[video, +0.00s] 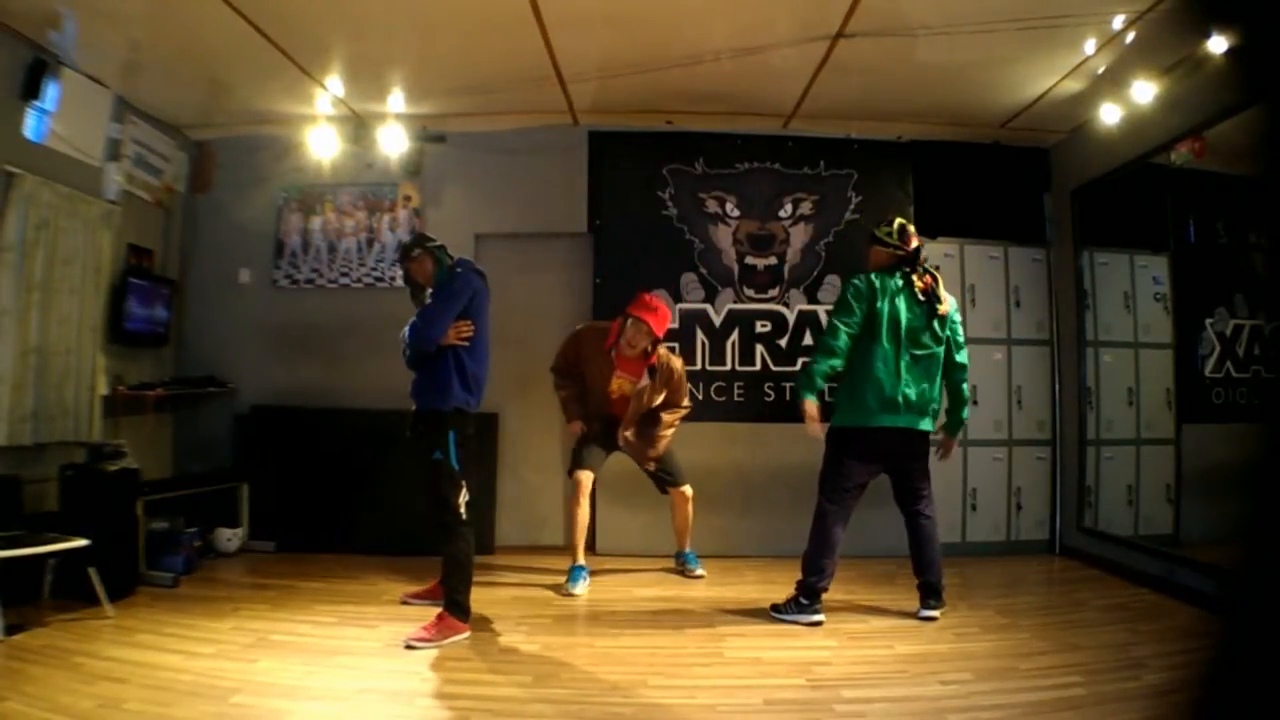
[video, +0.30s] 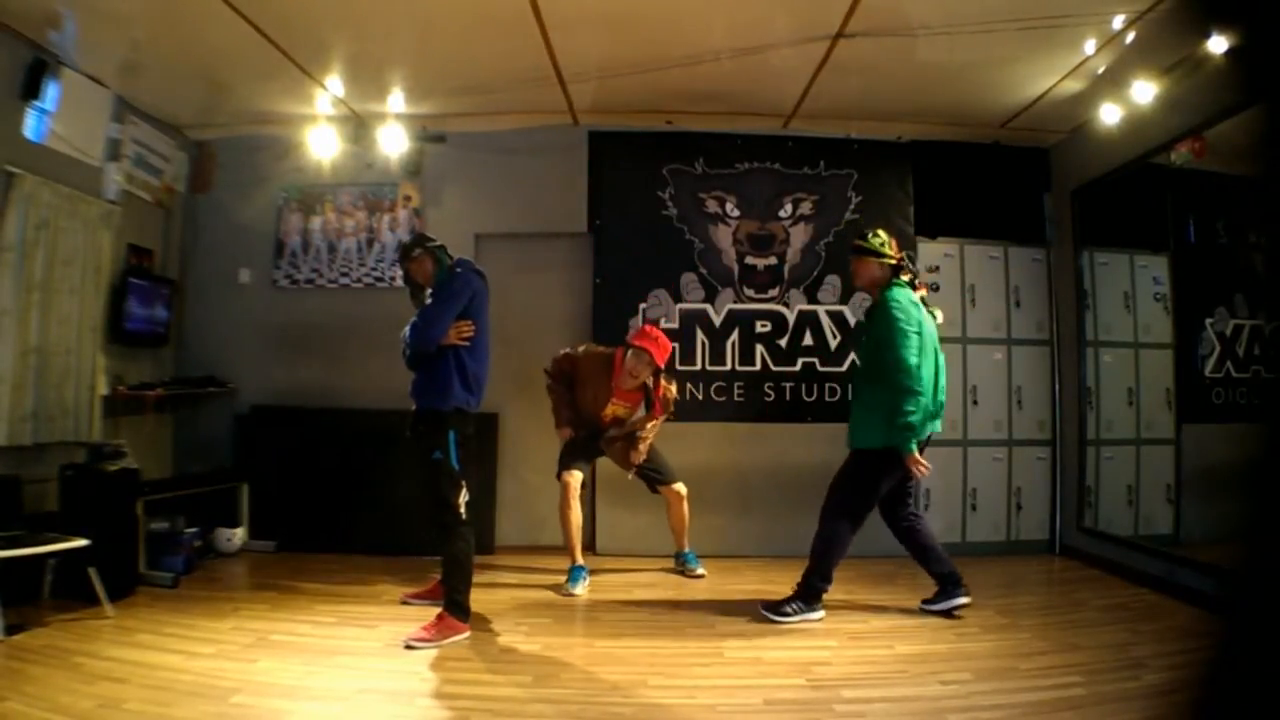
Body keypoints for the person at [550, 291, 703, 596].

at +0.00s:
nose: (635, 335)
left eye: (645, 333)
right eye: (634, 325)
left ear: (655, 338)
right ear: (625, 320)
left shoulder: (668, 366)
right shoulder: (590, 338)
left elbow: (677, 407)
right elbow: (562, 372)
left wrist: (651, 446)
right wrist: (573, 415)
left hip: (642, 429)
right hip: (598, 425)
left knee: (683, 492)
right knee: (581, 480)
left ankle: (684, 554)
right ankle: (578, 566)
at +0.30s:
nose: (638, 367)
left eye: (648, 363)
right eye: (636, 356)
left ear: (655, 369)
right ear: (626, 350)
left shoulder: (661, 389)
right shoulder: (592, 359)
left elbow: (655, 419)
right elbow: (556, 371)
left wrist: (636, 454)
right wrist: (562, 421)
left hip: (626, 435)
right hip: (585, 432)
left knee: (677, 491)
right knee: (569, 483)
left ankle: (683, 554)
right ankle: (577, 567)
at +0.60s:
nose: (646, 376)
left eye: (653, 370)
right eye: (640, 367)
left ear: (663, 374)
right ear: (628, 367)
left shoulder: (675, 390)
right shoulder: (602, 371)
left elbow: (667, 413)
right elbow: (565, 375)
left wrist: (650, 437)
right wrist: (571, 427)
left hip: (637, 439)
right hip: (595, 437)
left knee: (687, 489)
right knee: (574, 481)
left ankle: (684, 554)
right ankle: (577, 568)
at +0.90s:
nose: (669, 367)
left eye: (673, 359)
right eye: (661, 361)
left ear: (682, 358)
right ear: (650, 363)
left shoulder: (697, 374)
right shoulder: (630, 374)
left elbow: (702, 396)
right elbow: (593, 387)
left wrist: (679, 428)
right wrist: (599, 428)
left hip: (660, 439)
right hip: (620, 438)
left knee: (710, 487)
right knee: (596, 479)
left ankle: (687, 554)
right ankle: (578, 567)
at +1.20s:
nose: (699, 361)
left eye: (702, 353)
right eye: (691, 356)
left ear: (710, 351)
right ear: (680, 358)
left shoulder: (723, 371)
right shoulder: (659, 370)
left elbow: (720, 404)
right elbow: (623, 393)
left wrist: (699, 426)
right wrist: (621, 430)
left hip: (677, 440)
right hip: (640, 439)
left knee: (722, 490)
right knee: (607, 483)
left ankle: (687, 554)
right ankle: (579, 567)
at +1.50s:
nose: (714, 354)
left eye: (720, 349)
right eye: (708, 348)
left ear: (728, 350)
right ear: (695, 345)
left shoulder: (727, 376)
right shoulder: (667, 361)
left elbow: (717, 409)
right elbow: (626, 387)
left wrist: (702, 428)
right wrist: (626, 421)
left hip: (677, 440)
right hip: (640, 436)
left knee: (720, 487)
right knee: (607, 483)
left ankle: (687, 554)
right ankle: (580, 566)